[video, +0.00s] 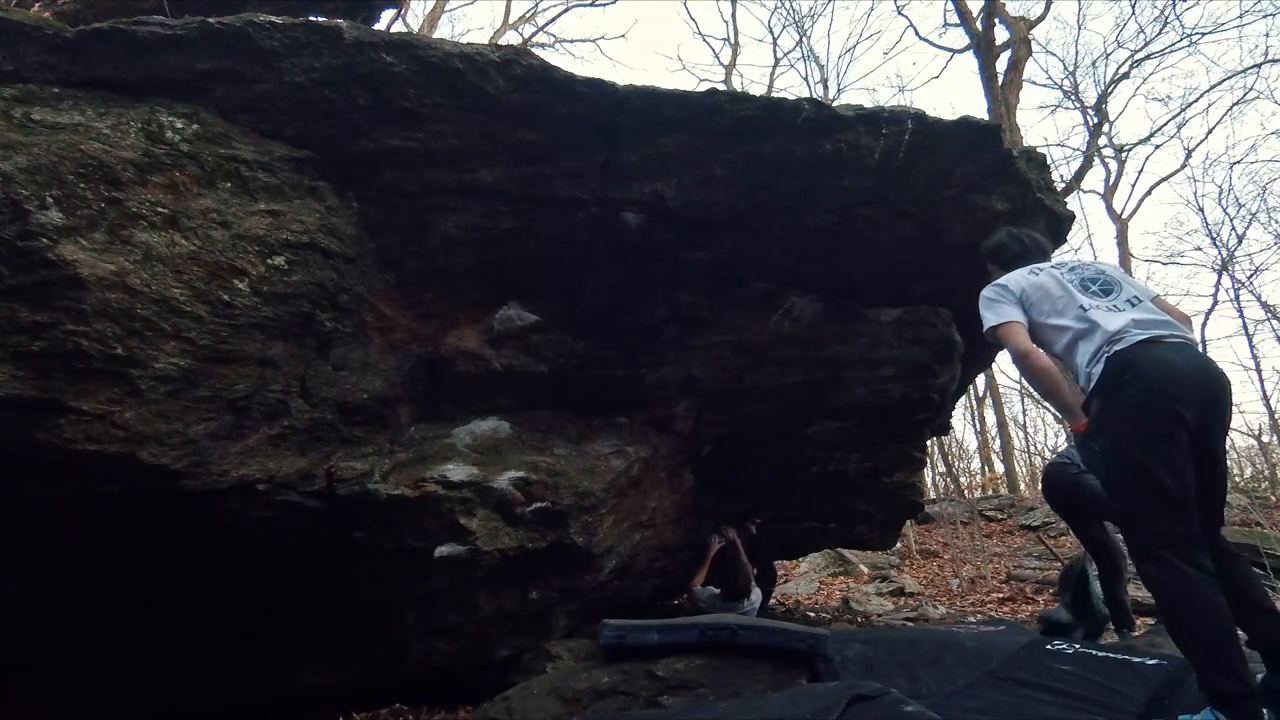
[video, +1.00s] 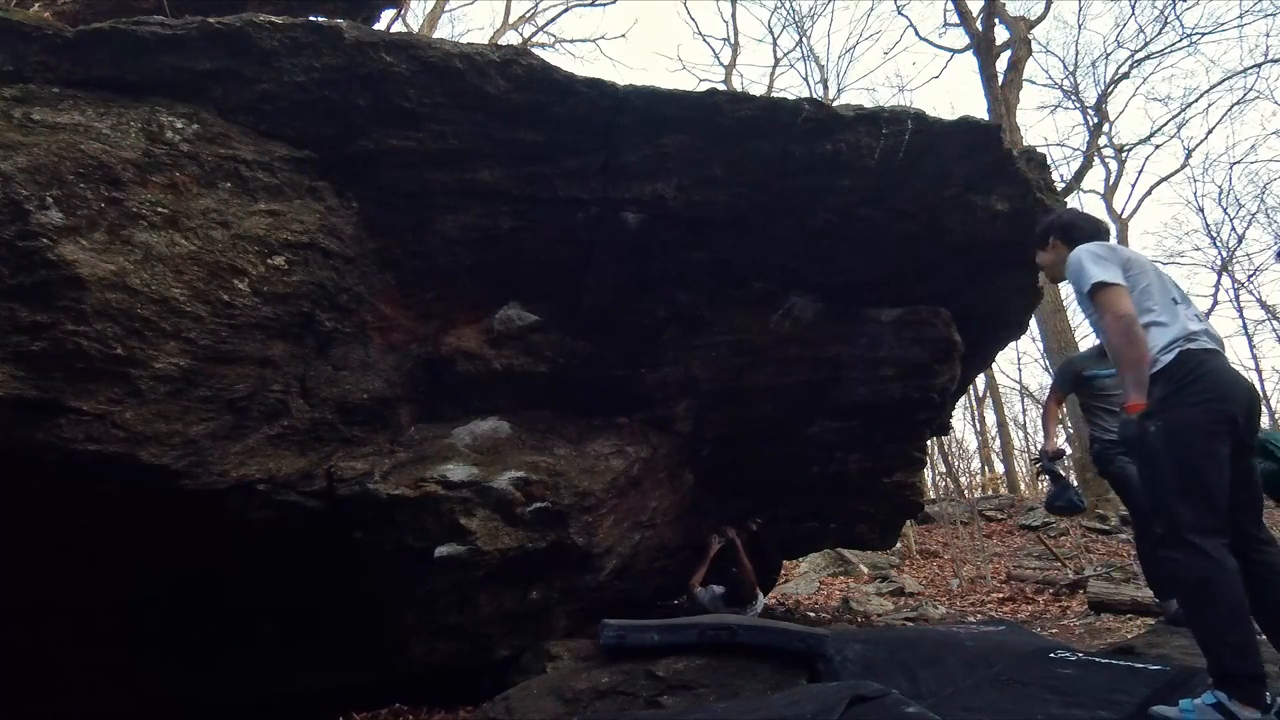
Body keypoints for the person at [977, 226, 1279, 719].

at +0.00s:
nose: (991, 281)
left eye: (990, 276)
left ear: (997, 271)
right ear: (1043, 255)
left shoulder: (1000, 288)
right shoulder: (1098, 268)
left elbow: (1025, 352)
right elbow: (1179, 317)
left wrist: (1074, 416)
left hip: (1135, 379)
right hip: (1202, 370)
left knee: (1164, 553)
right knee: (1207, 536)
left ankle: (1234, 703)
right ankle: (1276, 657)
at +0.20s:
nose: (1000, 270)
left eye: (1000, 264)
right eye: (1000, 265)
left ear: (1009, 260)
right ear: (1053, 244)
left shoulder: (1011, 280)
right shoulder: (1110, 265)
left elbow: (1035, 348)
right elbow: (1178, 324)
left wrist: (1079, 417)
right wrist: (1183, 377)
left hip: (1127, 379)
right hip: (1195, 368)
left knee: (1172, 552)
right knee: (1228, 536)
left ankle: (1235, 701)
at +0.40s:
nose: (1016, 265)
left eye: (1016, 259)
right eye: (1014, 260)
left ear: (1024, 255)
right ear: (1073, 243)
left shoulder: (1028, 275)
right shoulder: (1130, 264)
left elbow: (1049, 345)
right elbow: (1191, 331)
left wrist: (1086, 423)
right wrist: (1191, 385)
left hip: (1136, 379)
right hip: (1205, 373)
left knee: (1178, 552)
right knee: (1243, 541)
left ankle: (1236, 700)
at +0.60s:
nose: (1032, 259)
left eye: (1032, 253)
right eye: (1029, 253)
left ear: (1043, 247)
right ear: (1088, 239)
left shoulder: (1045, 267)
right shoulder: (1145, 262)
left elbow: (1063, 339)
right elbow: (1196, 326)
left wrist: (1097, 414)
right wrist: (1193, 375)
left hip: (1148, 383)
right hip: (1213, 379)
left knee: (1182, 551)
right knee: (1245, 533)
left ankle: (1242, 700)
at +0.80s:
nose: (1039, 265)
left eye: (1037, 256)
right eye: (1035, 258)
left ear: (1049, 244)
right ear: (1093, 239)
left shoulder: (1065, 260)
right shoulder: (1140, 266)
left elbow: (1095, 334)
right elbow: (1180, 328)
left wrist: (1116, 417)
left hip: (1169, 384)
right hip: (1227, 384)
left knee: (1175, 547)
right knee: (1248, 536)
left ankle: (1240, 694)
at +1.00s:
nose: (1043, 269)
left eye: (1041, 257)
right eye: (1038, 261)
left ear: (1056, 243)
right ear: (1089, 233)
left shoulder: (1086, 254)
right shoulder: (1141, 265)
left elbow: (1123, 320)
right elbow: (1190, 330)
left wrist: (1134, 406)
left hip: (1186, 386)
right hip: (1230, 385)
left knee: (1188, 540)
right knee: (1246, 533)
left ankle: (1241, 692)